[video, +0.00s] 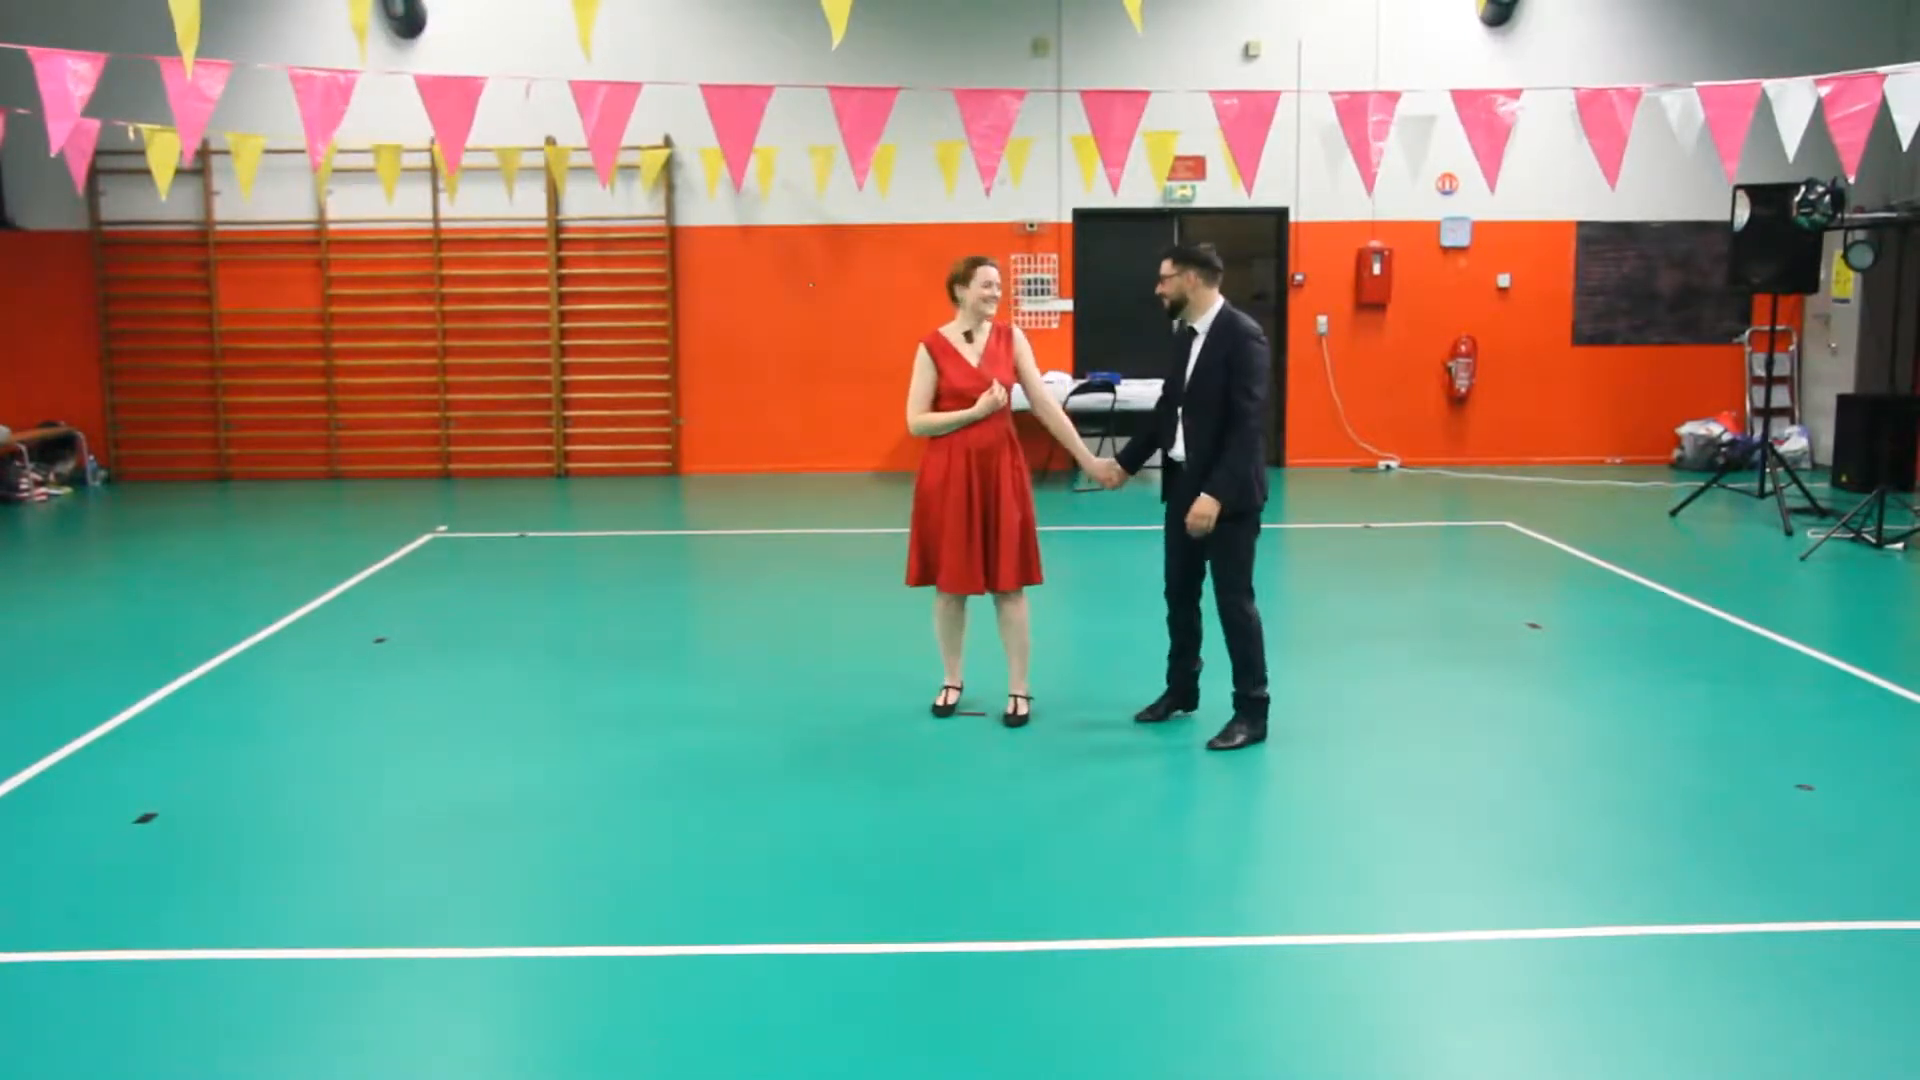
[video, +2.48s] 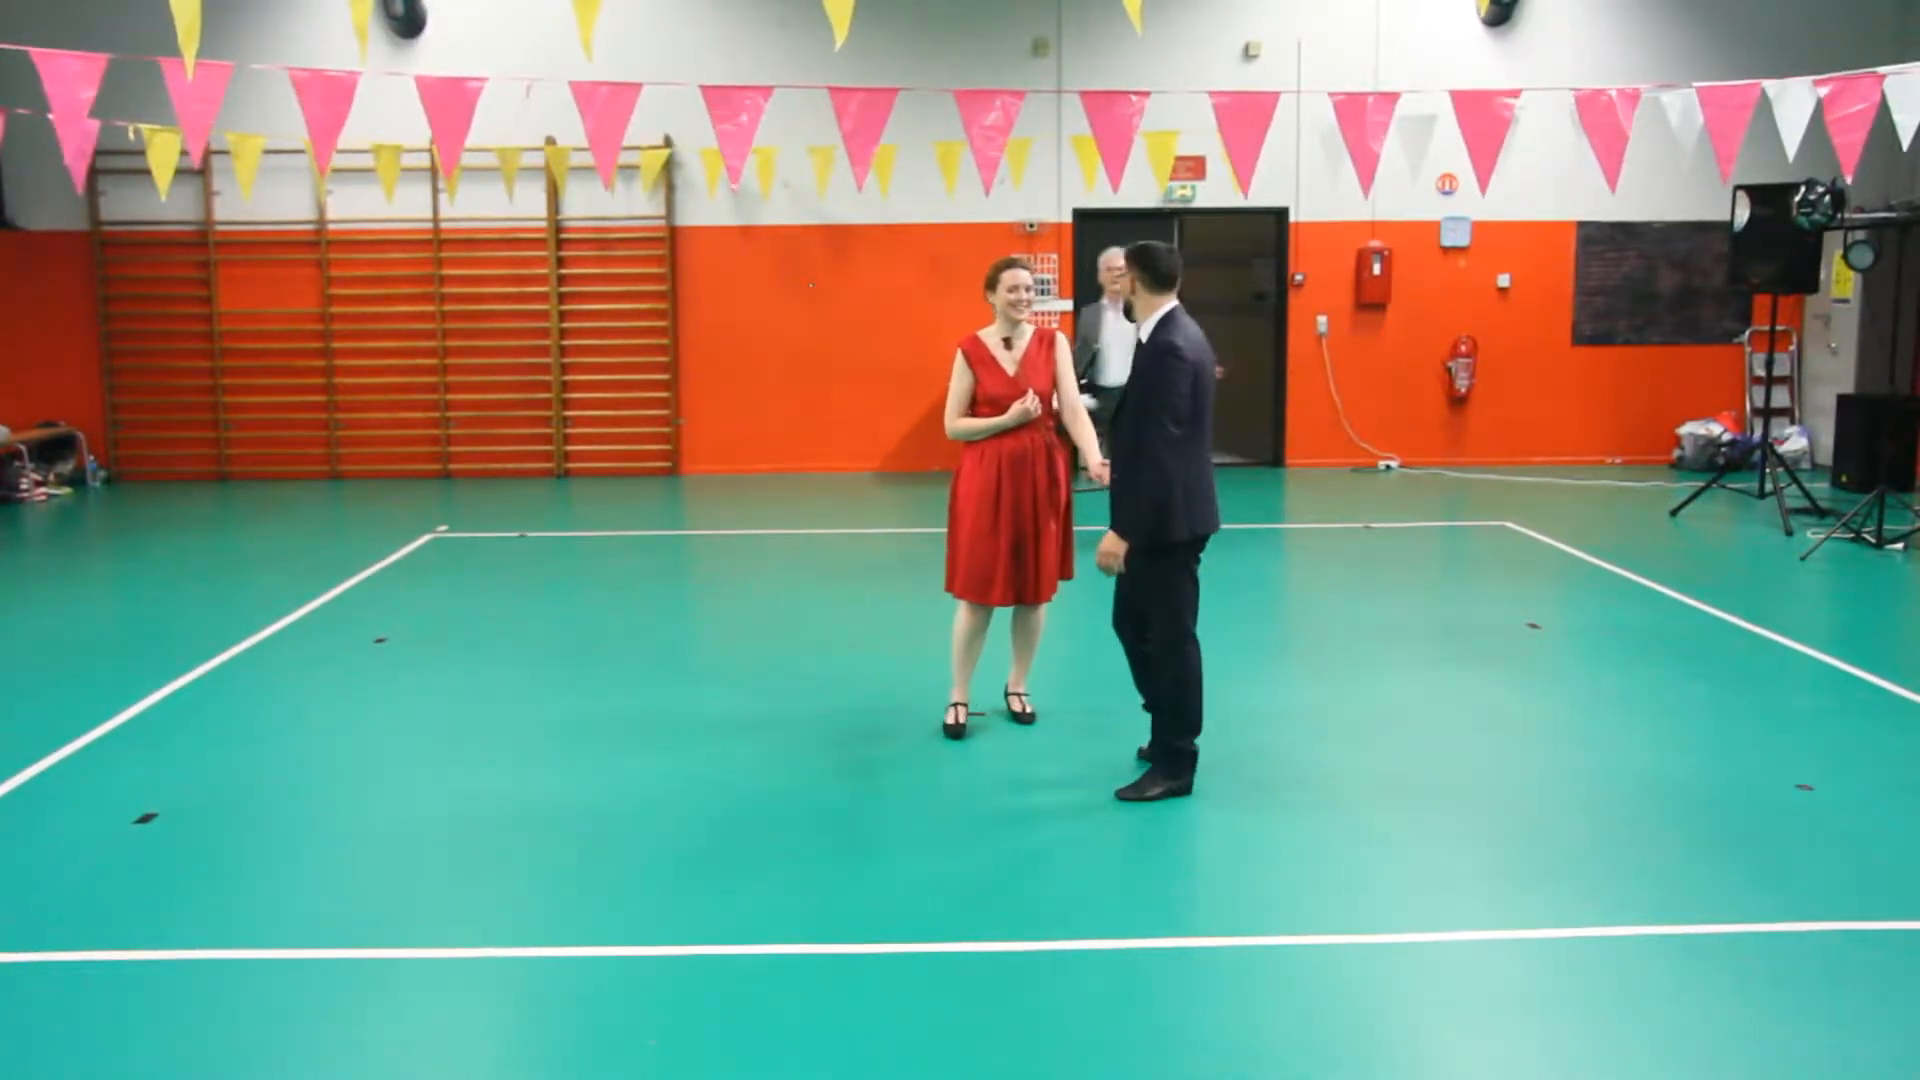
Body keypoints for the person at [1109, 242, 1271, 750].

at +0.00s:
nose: (1160, 288)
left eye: (1166, 279)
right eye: (1160, 279)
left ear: (1196, 280)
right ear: (1190, 282)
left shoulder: (1243, 336)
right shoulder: (1186, 334)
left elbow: (1248, 427)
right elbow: (1167, 409)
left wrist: (1216, 494)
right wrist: (1124, 464)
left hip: (1231, 489)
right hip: (1184, 486)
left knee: (1235, 603)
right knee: (1180, 595)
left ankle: (1251, 713)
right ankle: (1181, 691)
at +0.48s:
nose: (1184, 288)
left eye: (1190, 279)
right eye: (1184, 280)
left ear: (1216, 280)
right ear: (1214, 282)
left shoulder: (1270, 345)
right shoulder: (1204, 338)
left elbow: (1284, 432)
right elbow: (1183, 410)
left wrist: (1281, 513)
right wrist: (1123, 443)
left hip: (1251, 498)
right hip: (1202, 492)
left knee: (1259, 616)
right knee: (1180, 605)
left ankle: (1254, 717)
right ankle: (1166, 716)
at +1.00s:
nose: (1163, 289)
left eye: (1169, 279)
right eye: (1164, 280)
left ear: (1198, 281)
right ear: (1194, 282)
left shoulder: (1248, 342)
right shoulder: (1189, 340)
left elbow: (1259, 434)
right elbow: (1167, 420)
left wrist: (1231, 508)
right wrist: (1112, 455)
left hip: (1228, 501)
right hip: (1182, 498)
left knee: (1233, 614)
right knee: (1193, 620)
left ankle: (1254, 713)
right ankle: (1192, 729)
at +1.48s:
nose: (1143, 290)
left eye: (1153, 281)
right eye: (1141, 281)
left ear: (1187, 283)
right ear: (1147, 288)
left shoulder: (1225, 346)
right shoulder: (1158, 343)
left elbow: (1245, 434)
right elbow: (1142, 424)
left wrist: (1235, 515)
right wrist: (1098, 477)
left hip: (1203, 501)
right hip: (1160, 496)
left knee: (1189, 620)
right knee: (1178, 619)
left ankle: (1213, 739)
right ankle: (1188, 727)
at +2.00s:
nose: (1122, 288)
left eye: (1132, 279)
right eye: (1121, 279)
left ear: (1167, 282)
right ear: (1144, 286)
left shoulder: (1200, 345)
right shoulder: (1150, 340)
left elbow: (1217, 442)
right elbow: (1134, 425)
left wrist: (1207, 527)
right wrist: (1097, 472)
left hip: (1176, 512)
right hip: (1147, 506)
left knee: (1174, 638)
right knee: (1169, 633)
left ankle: (1177, 764)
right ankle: (1183, 734)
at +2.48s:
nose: (1119, 287)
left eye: (1123, 277)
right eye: (1120, 276)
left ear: (1137, 282)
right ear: (1172, 281)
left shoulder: (1168, 348)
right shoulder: (1173, 335)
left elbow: (1155, 452)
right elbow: (1152, 436)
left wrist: (1123, 530)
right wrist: (1116, 459)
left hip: (1170, 521)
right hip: (1163, 516)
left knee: (1170, 637)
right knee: (1134, 621)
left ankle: (1176, 766)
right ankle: (1169, 729)